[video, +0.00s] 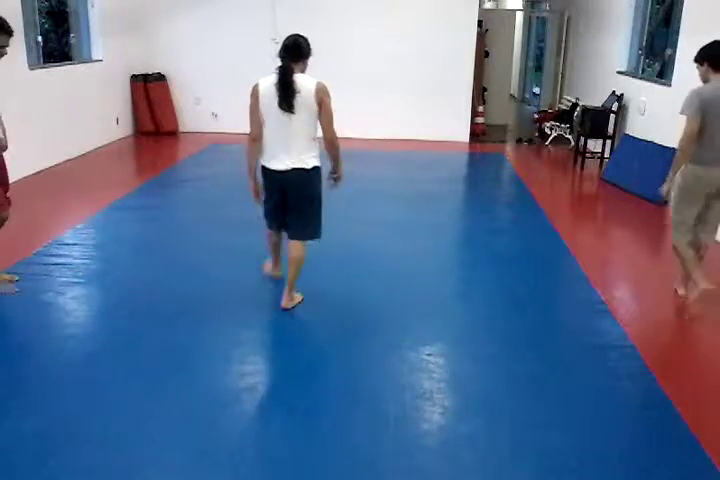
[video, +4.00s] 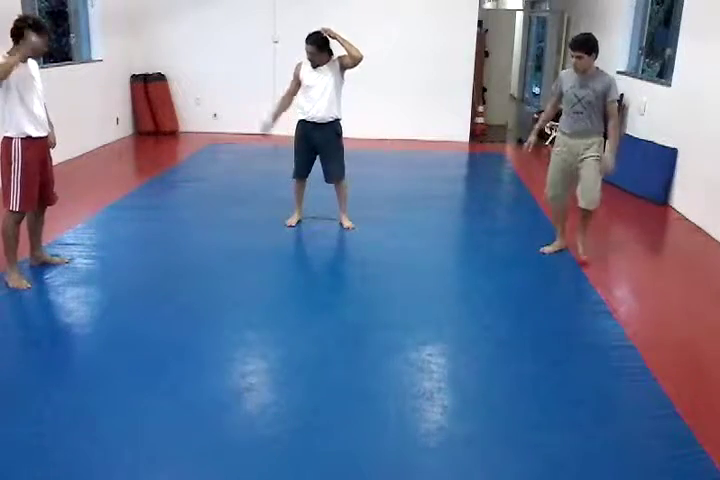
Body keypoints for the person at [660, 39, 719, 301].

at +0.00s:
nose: (698, 73)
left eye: (699, 67)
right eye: (698, 67)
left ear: (709, 66)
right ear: (718, 66)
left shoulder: (701, 95)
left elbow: (689, 139)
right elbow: (691, 140)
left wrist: (671, 176)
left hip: (698, 170)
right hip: (717, 171)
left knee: (680, 229)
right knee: (704, 232)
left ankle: (700, 282)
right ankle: (684, 284)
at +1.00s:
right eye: (659, 55)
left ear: (639, 56)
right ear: (661, 57)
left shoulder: (632, 85)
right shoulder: (674, 84)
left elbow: (619, 120)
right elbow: (681, 120)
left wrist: (608, 140)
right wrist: (684, 151)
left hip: (637, 146)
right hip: (662, 147)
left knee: (641, 200)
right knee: (649, 197)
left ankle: (645, 253)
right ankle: (649, 247)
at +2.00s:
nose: (576, 57)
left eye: (578, 53)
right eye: (575, 53)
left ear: (589, 52)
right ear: (593, 52)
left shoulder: (587, 75)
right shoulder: (612, 74)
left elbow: (580, 111)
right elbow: (615, 107)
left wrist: (568, 139)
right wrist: (613, 134)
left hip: (585, 129)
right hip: (602, 129)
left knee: (572, 173)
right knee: (593, 173)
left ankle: (570, 217)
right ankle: (602, 206)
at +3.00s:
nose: (583, 61)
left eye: (587, 57)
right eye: (580, 56)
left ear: (596, 54)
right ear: (578, 54)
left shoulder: (607, 77)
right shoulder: (577, 75)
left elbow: (613, 108)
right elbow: (570, 103)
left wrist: (611, 136)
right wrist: (559, 124)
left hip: (596, 128)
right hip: (576, 127)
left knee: (591, 179)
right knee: (570, 173)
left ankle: (587, 220)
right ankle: (571, 209)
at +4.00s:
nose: (574, 61)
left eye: (579, 57)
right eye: (572, 56)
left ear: (592, 57)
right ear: (570, 55)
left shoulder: (606, 82)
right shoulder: (564, 77)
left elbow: (613, 118)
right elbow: (551, 107)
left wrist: (610, 152)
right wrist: (535, 132)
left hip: (591, 144)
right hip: (564, 142)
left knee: (589, 199)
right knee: (555, 193)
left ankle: (582, 237)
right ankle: (560, 238)